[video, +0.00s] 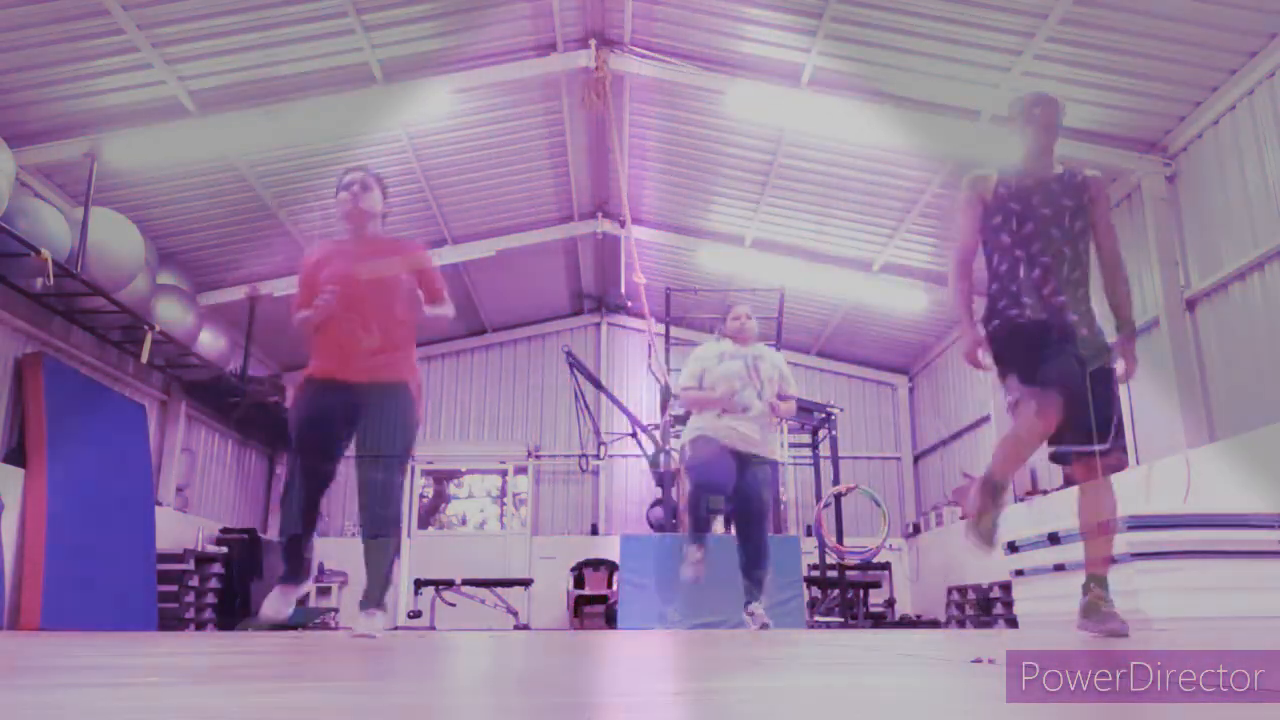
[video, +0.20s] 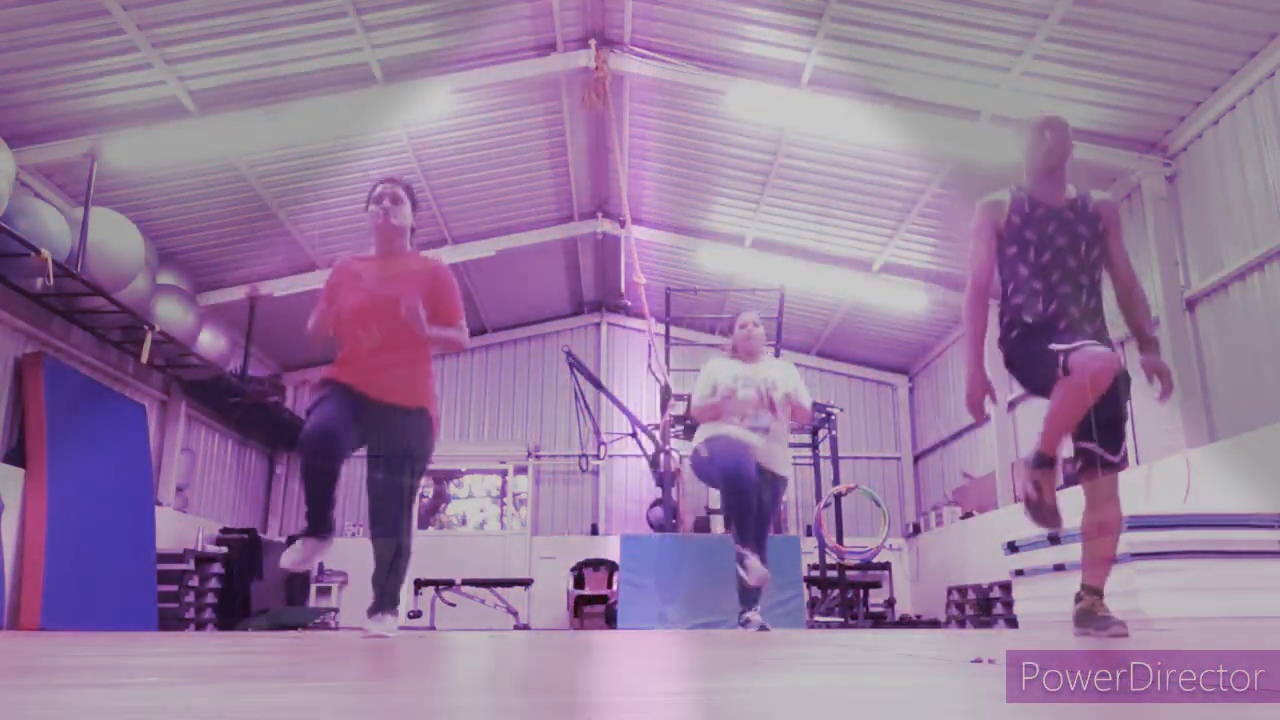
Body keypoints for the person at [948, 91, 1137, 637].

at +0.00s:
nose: (1040, 135)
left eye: (1048, 127)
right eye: (1032, 125)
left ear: (1058, 133)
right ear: (1015, 129)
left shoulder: (1085, 186)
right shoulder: (984, 188)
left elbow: (1112, 265)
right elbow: (962, 261)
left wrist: (1125, 333)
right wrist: (966, 326)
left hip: (1078, 330)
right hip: (1015, 326)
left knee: (1091, 467)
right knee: (1047, 405)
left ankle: (1097, 592)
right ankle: (990, 490)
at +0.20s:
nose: (1053, 137)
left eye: (1061, 132)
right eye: (1044, 131)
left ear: (1071, 149)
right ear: (1027, 149)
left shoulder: (1097, 210)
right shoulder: (997, 209)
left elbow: (1126, 283)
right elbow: (978, 290)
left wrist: (1149, 348)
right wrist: (974, 370)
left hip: (1093, 344)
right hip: (1029, 340)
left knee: (1101, 479)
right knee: (1098, 363)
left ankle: (1090, 601)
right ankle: (1042, 463)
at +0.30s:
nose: (1051, 122)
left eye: (1058, 115)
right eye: (1041, 115)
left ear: (1069, 125)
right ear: (1024, 127)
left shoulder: (1100, 183)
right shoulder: (1001, 191)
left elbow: (1131, 255)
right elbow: (977, 273)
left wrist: (1148, 316)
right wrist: (975, 346)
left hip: (1099, 326)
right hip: (1038, 323)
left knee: (1107, 465)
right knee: (1090, 384)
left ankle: (1103, 588)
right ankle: (1075, 524)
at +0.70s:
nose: (1067, 137)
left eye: (1073, 127)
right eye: (1058, 127)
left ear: (1084, 131)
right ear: (1040, 132)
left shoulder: (1109, 190)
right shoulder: (1025, 200)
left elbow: (1138, 262)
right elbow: (1003, 281)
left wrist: (1170, 317)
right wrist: (1026, 337)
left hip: (1120, 337)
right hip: (1069, 343)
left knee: (1166, 441)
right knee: (1087, 463)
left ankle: (1124, 521)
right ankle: (1106, 592)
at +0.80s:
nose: (1073, 133)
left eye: (1081, 123)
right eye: (1064, 124)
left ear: (1091, 127)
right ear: (1048, 129)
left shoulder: (1117, 185)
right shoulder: (1031, 190)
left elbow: (1142, 261)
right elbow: (1018, 269)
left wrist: (1180, 329)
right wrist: (1059, 318)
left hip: (1123, 333)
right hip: (1070, 338)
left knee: (1198, 399)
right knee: (1100, 464)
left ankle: (1124, 458)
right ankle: (1102, 597)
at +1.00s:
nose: (1103, 141)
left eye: (1110, 133)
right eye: (1093, 132)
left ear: (1119, 143)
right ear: (1072, 141)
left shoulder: (1140, 201)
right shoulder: (1051, 197)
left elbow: (1166, 274)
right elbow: (1034, 275)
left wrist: (1201, 332)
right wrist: (1091, 320)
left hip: (1147, 342)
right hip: (1090, 349)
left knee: (1222, 372)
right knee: (1108, 473)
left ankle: (1168, 473)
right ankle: (1103, 598)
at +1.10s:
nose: (1115, 113)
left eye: (1124, 106)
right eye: (1105, 104)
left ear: (1134, 121)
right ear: (1084, 119)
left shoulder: (1154, 182)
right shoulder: (1065, 177)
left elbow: (1176, 257)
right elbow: (1035, 256)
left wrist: (1212, 319)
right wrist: (1080, 313)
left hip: (1159, 327)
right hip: (1094, 332)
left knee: (1220, 417)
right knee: (1095, 465)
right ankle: (1101, 593)